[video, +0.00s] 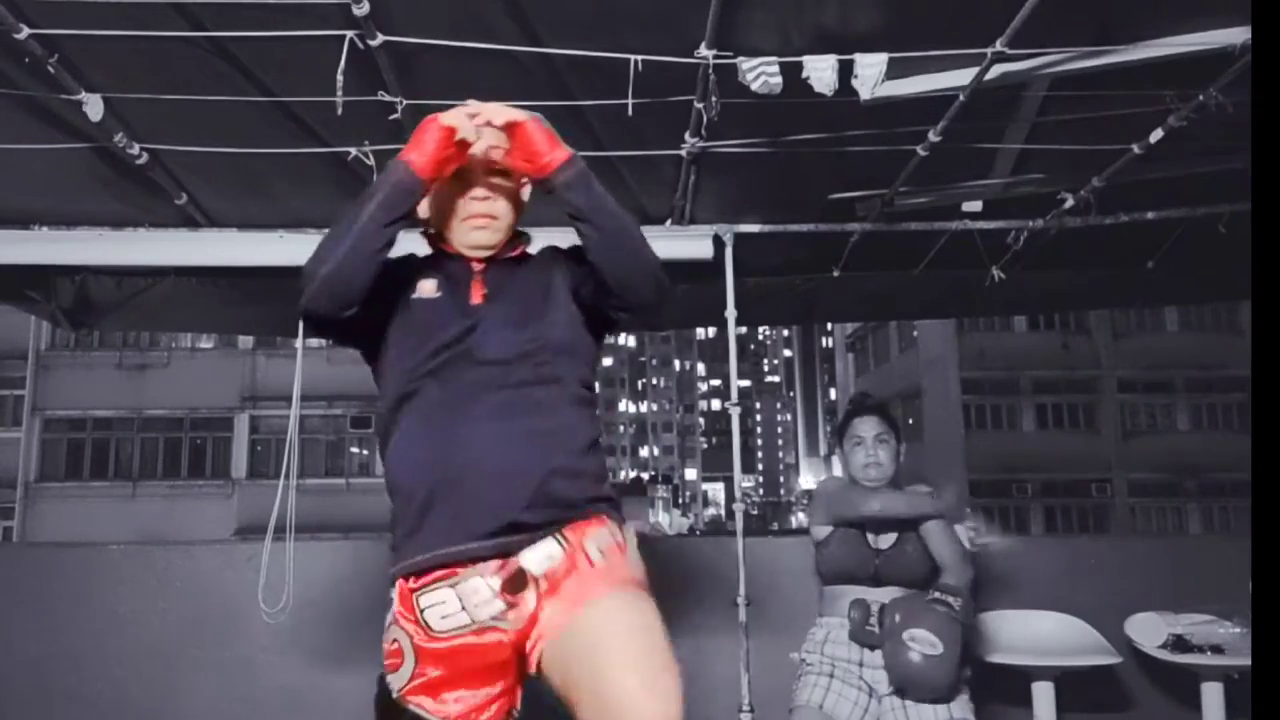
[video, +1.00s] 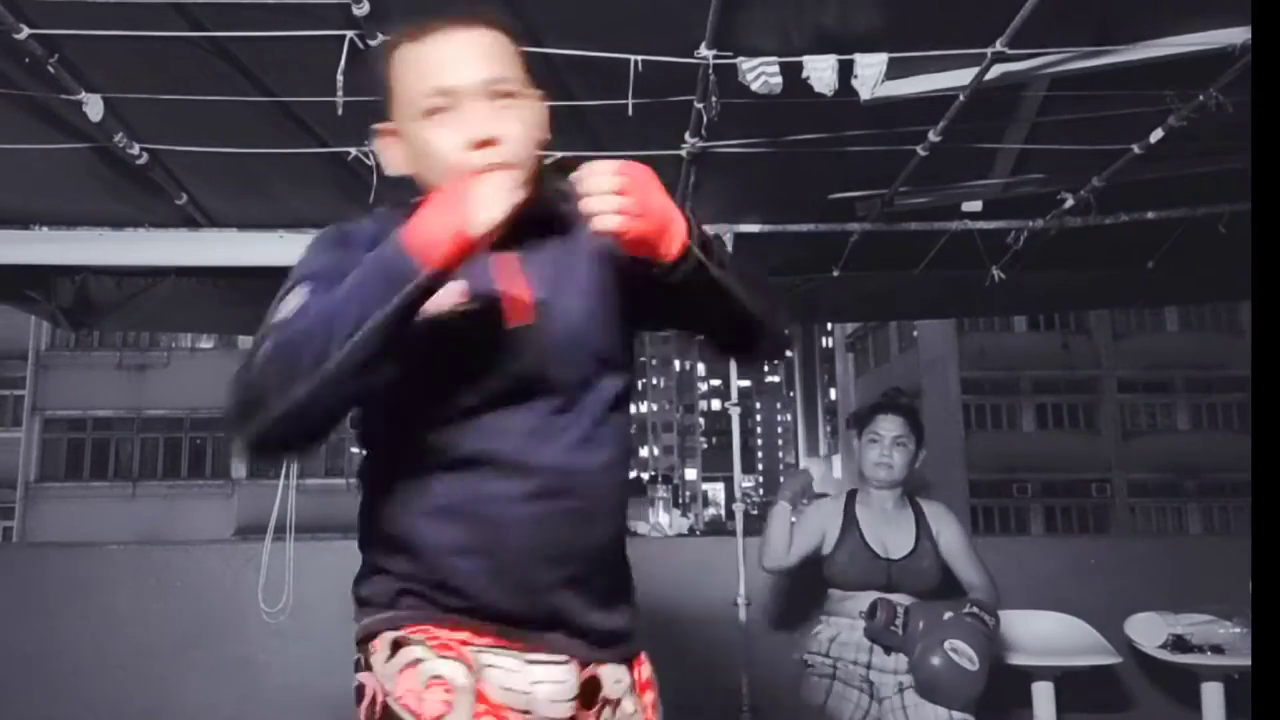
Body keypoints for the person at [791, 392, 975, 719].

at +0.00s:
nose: (871, 452)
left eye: (882, 441)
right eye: (857, 444)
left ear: (898, 451)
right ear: (842, 455)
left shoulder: (918, 499)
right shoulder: (828, 495)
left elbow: (956, 566)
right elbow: (870, 504)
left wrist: (943, 607)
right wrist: (940, 505)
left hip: (917, 657)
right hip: (837, 659)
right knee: (815, 711)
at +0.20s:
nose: (877, 452)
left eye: (889, 442)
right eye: (864, 442)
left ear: (904, 454)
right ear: (848, 455)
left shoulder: (926, 507)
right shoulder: (831, 498)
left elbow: (968, 574)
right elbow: (817, 529)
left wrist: (958, 616)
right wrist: (902, 514)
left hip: (919, 655)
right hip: (838, 652)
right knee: (820, 711)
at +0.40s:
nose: (889, 451)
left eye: (902, 441)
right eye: (877, 440)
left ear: (919, 455)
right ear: (859, 449)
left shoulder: (938, 511)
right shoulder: (832, 508)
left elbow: (981, 587)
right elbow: (780, 565)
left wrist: (966, 616)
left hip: (921, 663)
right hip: (840, 659)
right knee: (821, 712)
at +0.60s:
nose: (887, 451)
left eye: (900, 441)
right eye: (875, 441)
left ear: (918, 454)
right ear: (857, 451)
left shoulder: (938, 512)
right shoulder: (832, 509)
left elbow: (983, 589)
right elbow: (772, 570)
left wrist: (967, 620)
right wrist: (784, 526)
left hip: (921, 666)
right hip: (839, 662)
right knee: (820, 712)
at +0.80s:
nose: (885, 452)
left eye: (899, 443)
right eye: (874, 441)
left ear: (917, 455)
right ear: (856, 449)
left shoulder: (937, 515)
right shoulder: (825, 506)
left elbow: (983, 589)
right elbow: (758, 536)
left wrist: (961, 620)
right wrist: (808, 567)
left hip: (921, 669)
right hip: (837, 665)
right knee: (820, 712)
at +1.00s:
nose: (885, 452)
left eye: (899, 443)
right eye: (873, 441)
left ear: (917, 458)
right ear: (857, 449)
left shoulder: (936, 517)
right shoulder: (828, 511)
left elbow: (981, 589)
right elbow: (774, 560)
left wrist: (973, 619)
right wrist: (786, 496)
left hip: (920, 667)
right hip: (842, 663)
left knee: (940, 713)